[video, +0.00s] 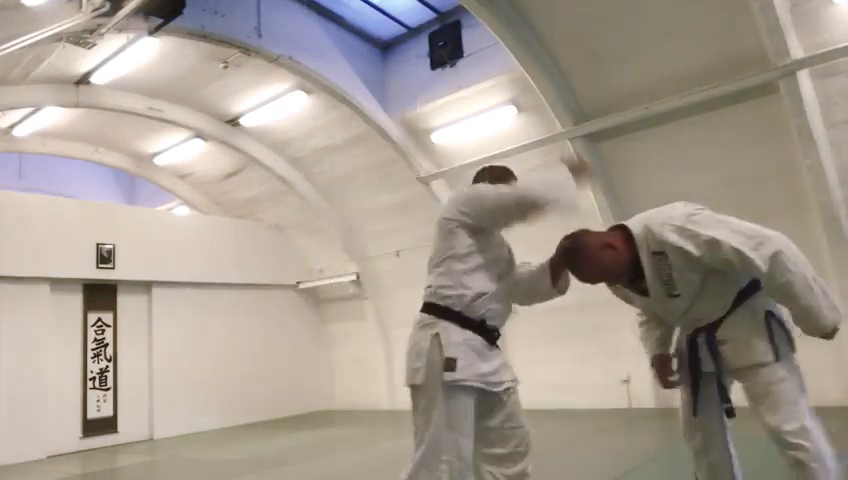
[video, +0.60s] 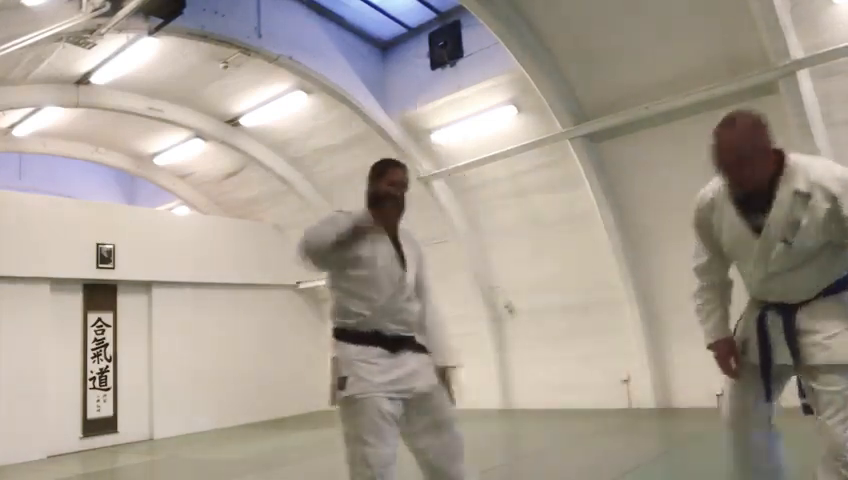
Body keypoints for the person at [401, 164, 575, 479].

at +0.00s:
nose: (513, 197)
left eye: (515, 191)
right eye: (506, 190)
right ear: (485, 186)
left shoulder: (501, 252)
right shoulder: (461, 206)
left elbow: (519, 287)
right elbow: (520, 196)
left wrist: (559, 265)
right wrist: (569, 176)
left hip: (485, 348)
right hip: (446, 338)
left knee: (509, 449)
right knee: (445, 458)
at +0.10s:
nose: (507, 193)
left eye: (511, 187)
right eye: (502, 184)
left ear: (509, 193)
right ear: (483, 183)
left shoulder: (503, 244)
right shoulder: (450, 215)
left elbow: (529, 279)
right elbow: (466, 187)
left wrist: (572, 262)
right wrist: (497, 158)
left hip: (484, 347)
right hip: (439, 341)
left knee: (511, 450)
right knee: (438, 459)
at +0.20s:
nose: (491, 193)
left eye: (495, 189)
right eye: (485, 184)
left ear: (495, 193)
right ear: (463, 181)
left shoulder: (497, 239)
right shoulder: (436, 216)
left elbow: (534, 264)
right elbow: (445, 174)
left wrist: (584, 251)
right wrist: (458, 136)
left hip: (479, 351)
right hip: (430, 345)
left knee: (513, 452)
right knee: (423, 460)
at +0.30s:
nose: (468, 196)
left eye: (472, 191)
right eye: (462, 188)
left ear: (473, 196)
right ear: (438, 186)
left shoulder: (481, 240)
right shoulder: (413, 225)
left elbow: (527, 264)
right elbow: (416, 168)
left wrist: (575, 255)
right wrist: (435, 148)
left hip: (466, 357)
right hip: (415, 355)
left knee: (514, 454)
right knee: (410, 465)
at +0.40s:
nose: (438, 199)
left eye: (444, 194)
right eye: (431, 190)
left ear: (449, 201)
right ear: (412, 192)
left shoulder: (454, 247)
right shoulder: (389, 237)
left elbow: (496, 279)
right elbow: (386, 181)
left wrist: (546, 287)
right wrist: (419, 157)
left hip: (448, 365)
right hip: (396, 364)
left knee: (500, 454)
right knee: (401, 465)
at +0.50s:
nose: (415, 200)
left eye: (422, 194)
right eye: (408, 190)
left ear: (427, 202)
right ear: (389, 192)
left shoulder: (428, 248)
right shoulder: (366, 236)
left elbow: (456, 299)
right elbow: (352, 206)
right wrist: (385, 181)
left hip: (427, 363)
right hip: (377, 363)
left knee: (474, 454)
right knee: (387, 468)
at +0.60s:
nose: (394, 192)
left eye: (401, 187)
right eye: (387, 185)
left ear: (406, 195)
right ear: (371, 188)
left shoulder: (410, 243)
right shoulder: (346, 229)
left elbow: (425, 307)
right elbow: (310, 247)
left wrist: (440, 360)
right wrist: (356, 224)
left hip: (412, 359)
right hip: (363, 359)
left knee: (446, 454)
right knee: (374, 465)